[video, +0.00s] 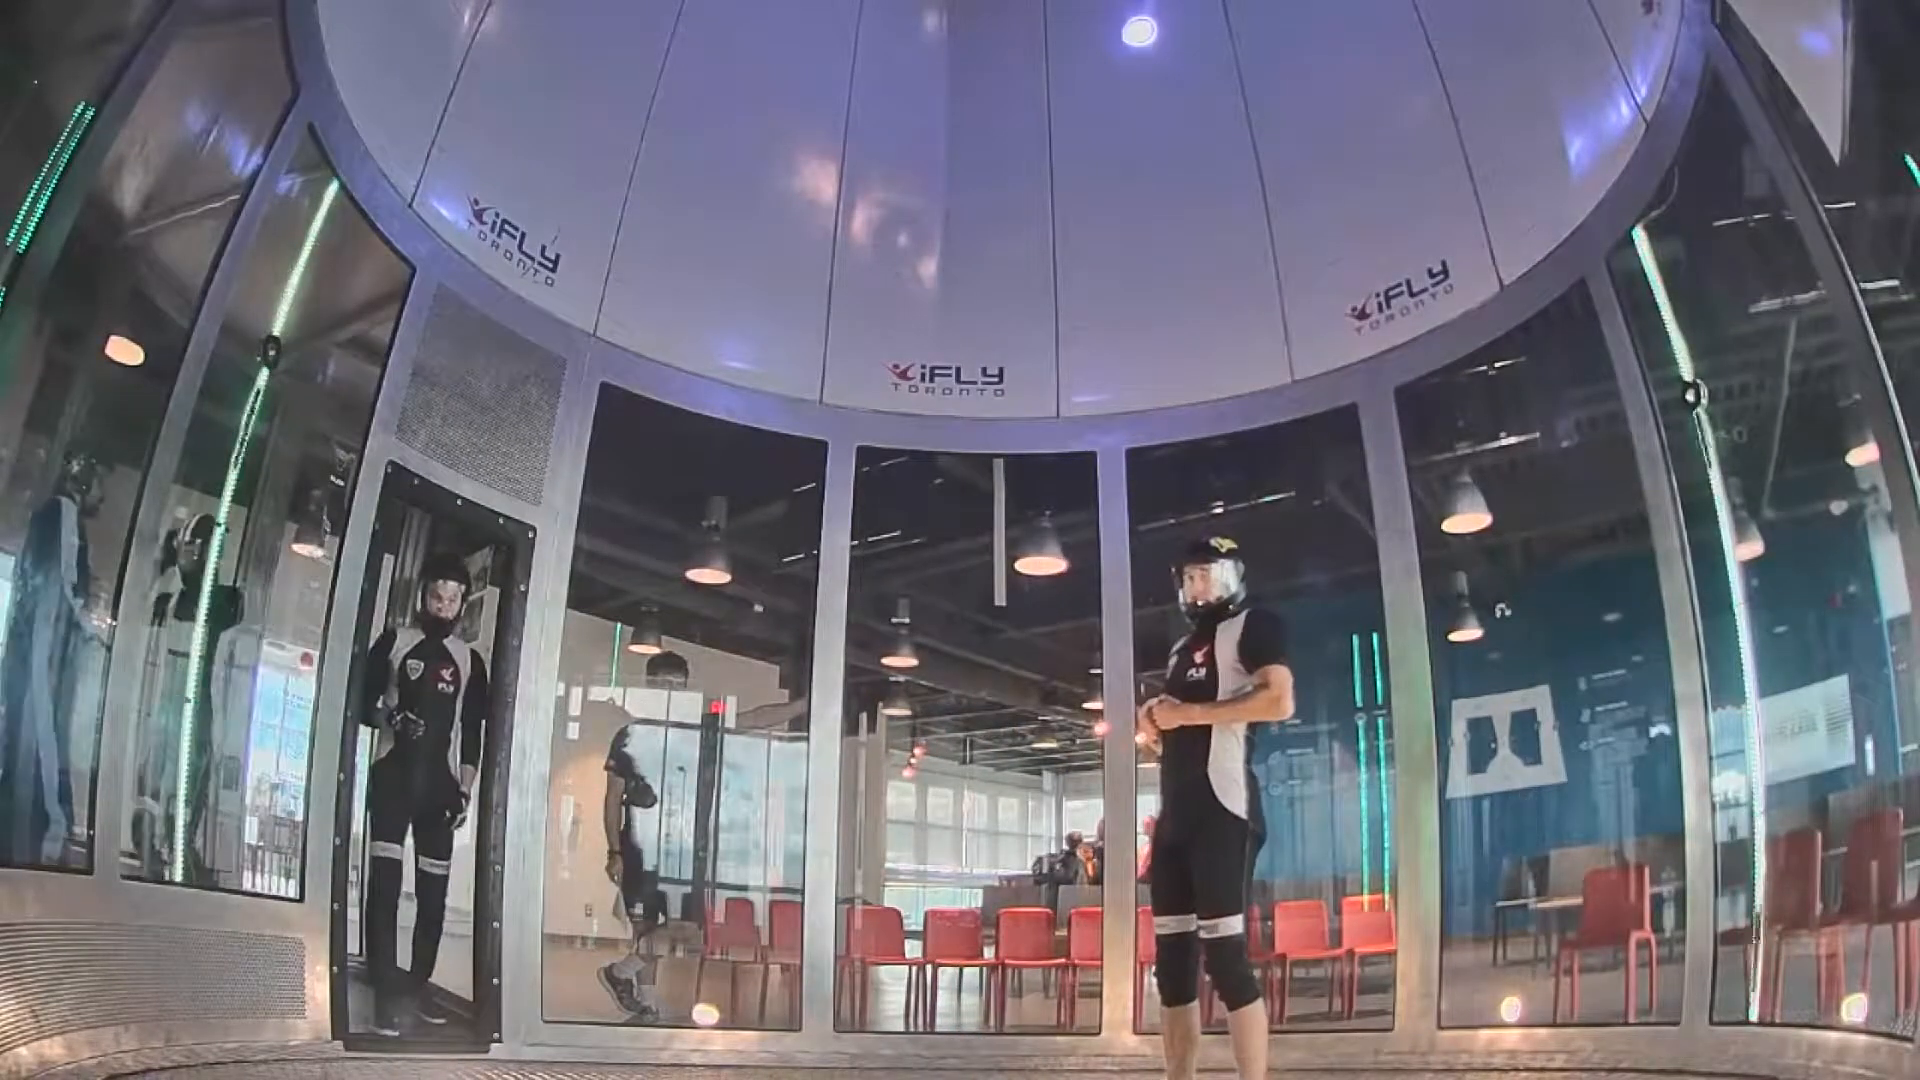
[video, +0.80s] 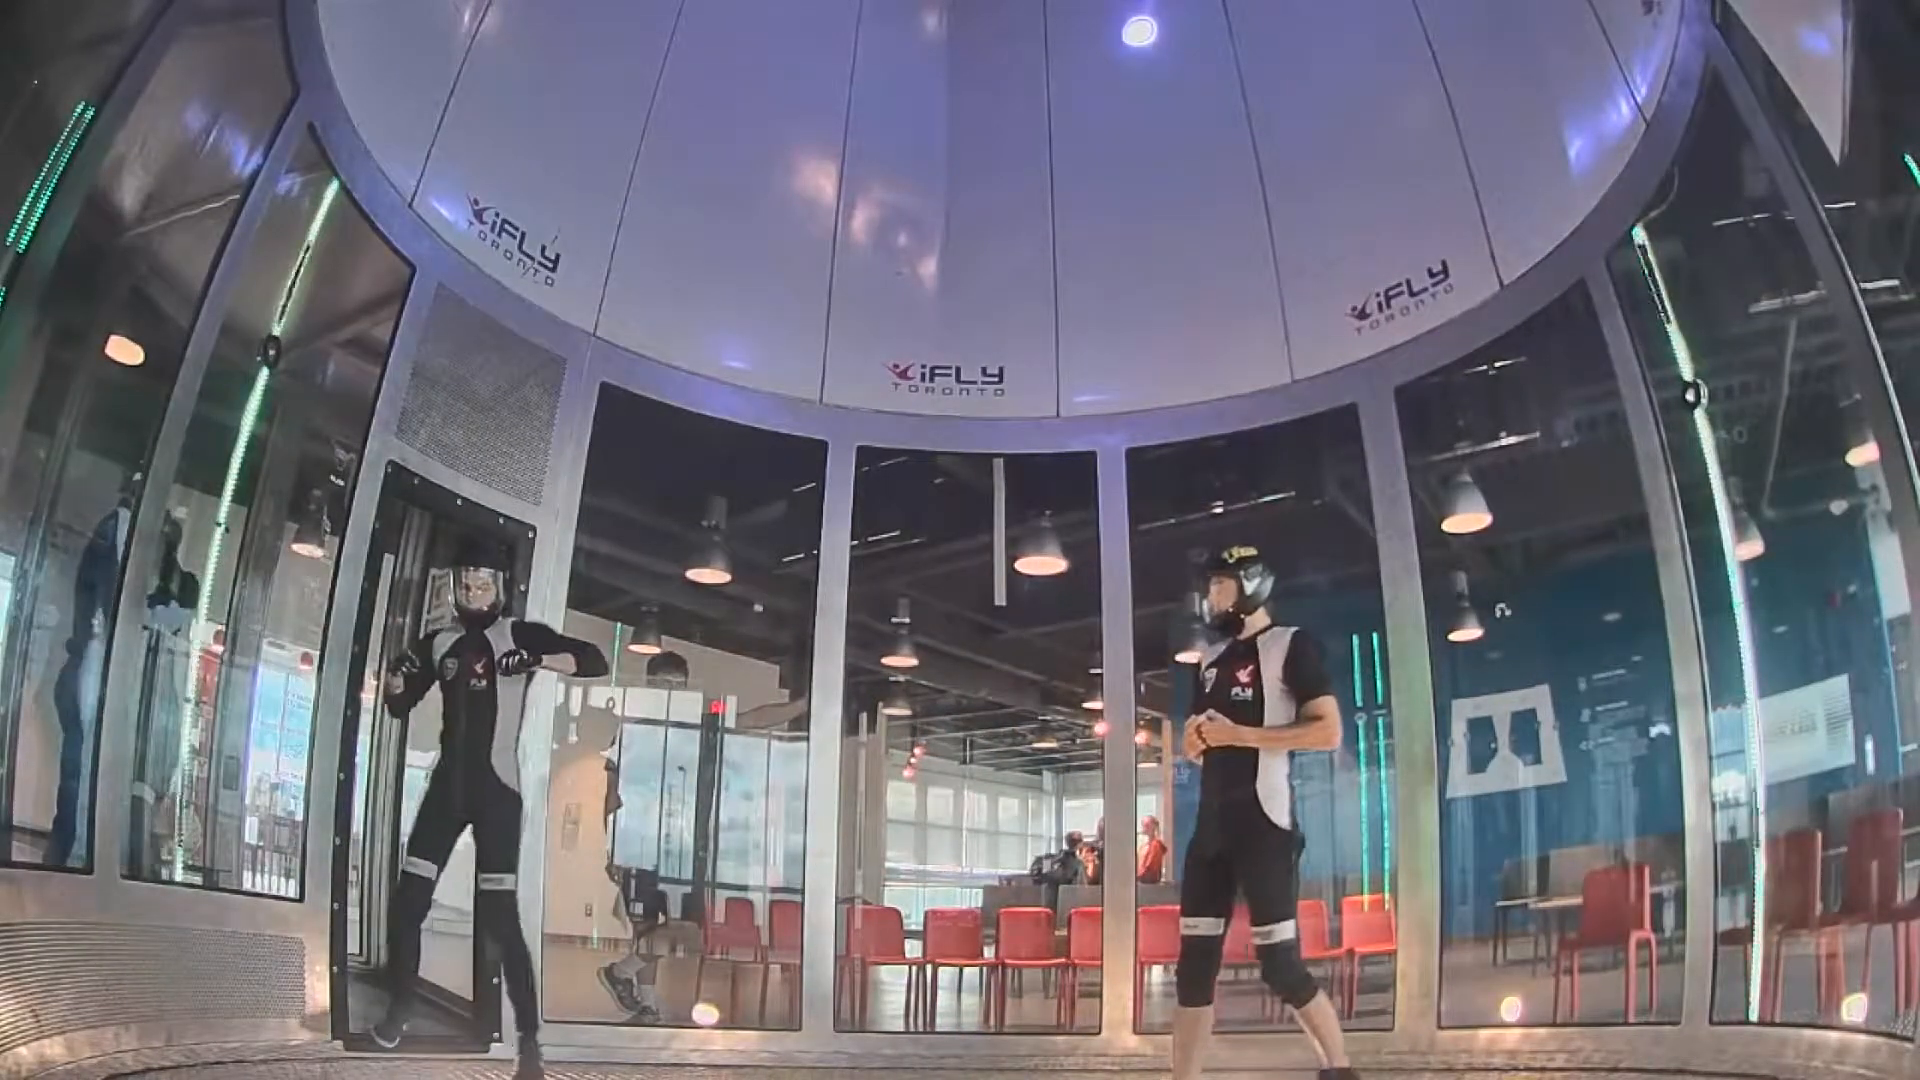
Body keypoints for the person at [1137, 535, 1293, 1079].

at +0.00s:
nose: (1195, 587)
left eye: (1205, 575)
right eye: (1189, 577)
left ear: (1232, 577)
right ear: (1181, 583)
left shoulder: (1256, 624)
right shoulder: (1184, 646)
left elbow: (1280, 702)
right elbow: (1167, 747)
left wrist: (1187, 713)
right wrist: (1150, 730)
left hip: (1226, 810)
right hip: (1176, 810)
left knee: (1225, 955)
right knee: (1173, 960)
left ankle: (1253, 1075)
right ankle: (1179, 1076)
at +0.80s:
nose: (1213, 595)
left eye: (1222, 584)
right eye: (1211, 586)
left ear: (1253, 586)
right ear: (1218, 594)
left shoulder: (1292, 645)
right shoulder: (1212, 662)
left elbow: (1329, 732)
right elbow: (1190, 749)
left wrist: (1240, 733)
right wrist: (1193, 741)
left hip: (1267, 823)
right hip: (1212, 824)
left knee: (1280, 965)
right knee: (1195, 962)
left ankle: (1339, 1068)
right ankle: (1183, 1076)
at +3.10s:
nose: (1343, 553)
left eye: (1353, 540)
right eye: (1332, 544)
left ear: (1376, 545)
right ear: (1322, 557)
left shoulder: (1421, 607)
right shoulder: (1326, 621)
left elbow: (1464, 656)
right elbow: (1291, 677)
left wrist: (1398, 576)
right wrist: (1318, 584)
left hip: (1412, 808)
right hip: (1346, 810)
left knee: (1429, 976)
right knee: (1326, 971)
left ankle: (1467, 1070)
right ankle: (1304, 1077)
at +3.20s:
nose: (1341, 571)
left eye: (1350, 558)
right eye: (1334, 562)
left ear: (1384, 556)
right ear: (1332, 567)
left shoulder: (1437, 615)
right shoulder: (1338, 634)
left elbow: (1481, 679)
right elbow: (1304, 711)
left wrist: (1410, 628)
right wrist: (1323, 640)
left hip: (1423, 814)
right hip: (1358, 817)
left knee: (1444, 975)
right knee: (1334, 974)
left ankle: (1483, 1075)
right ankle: (1308, 1079)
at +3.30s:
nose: (1364, 571)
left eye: (1375, 558)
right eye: (1359, 561)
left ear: (1409, 554)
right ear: (1358, 566)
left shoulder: (1462, 615)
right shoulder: (1358, 637)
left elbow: (1504, 705)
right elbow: (1331, 737)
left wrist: (1413, 697)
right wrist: (1362, 718)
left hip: (1457, 810)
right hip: (1393, 812)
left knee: (1465, 967)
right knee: (1357, 961)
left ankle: (1487, 1077)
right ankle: (1316, 1077)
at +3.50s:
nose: (1384, 566)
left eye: (1395, 553)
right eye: (1380, 555)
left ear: (1429, 551)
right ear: (1379, 559)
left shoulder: (1477, 611)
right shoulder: (1381, 634)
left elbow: (1514, 708)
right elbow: (1367, 731)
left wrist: (1428, 722)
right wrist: (1388, 747)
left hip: (1471, 802)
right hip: (1411, 803)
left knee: (1477, 958)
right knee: (1378, 948)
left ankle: (1491, 1077)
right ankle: (1345, 1076)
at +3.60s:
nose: (1391, 563)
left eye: (1401, 550)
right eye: (1387, 552)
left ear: (1434, 548)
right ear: (1389, 558)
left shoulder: (1476, 609)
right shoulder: (1397, 633)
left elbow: (1517, 705)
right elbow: (1385, 719)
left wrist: (1426, 724)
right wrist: (1393, 747)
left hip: (1473, 798)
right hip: (1417, 799)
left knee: (1479, 949)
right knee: (1391, 946)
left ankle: (1491, 1075)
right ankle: (1371, 1074)